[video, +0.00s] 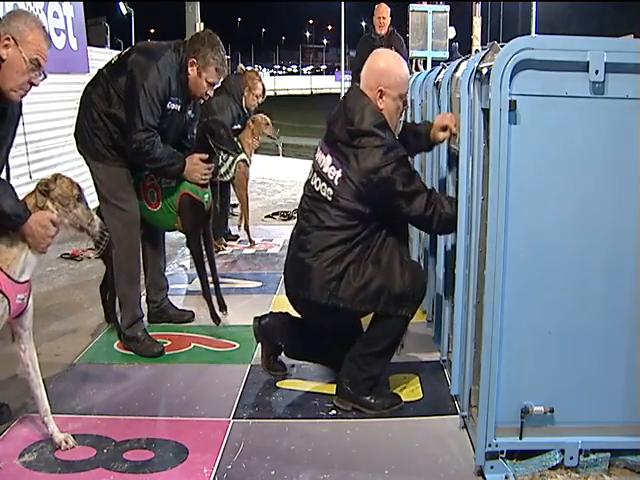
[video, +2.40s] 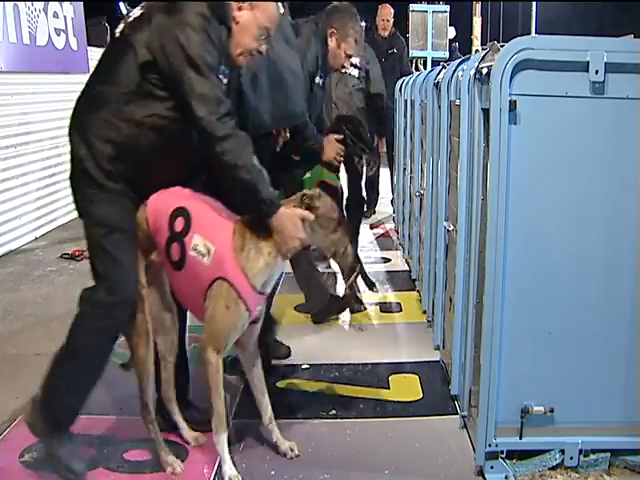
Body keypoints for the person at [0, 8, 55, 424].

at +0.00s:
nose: (38, 80)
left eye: (42, 72)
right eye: (34, 65)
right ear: (6, 47)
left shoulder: (13, 104)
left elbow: (0, 173)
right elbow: (2, 177)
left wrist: (22, 215)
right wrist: (21, 219)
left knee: (7, 312)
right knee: (4, 314)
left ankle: (1, 403)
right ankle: (0, 405)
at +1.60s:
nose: (80, 51)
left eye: (85, 41)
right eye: (75, 37)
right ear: (45, 21)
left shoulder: (50, 60)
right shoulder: (10, 49)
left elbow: (50, 142)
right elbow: (33, 141)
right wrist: (99, 207)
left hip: (20, 211)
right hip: (4, 214)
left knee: (19, 328)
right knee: (5, 338)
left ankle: (16, 434)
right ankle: (7, 449)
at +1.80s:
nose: (107, 51)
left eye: (112, 41)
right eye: (102, 38)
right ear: (71, 18)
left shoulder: (78, 57)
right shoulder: (25, 48)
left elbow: (74, 148)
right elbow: (64, 149)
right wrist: (133, 219)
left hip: (35, 214)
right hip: (3, 216)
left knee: (52, 308)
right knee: (9, 330)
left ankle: (55, 386)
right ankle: (9, 452)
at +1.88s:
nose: (122, 52)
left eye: (127, 43)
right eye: (118, 39)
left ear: (94, 18)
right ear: (86, 18)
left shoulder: (94, 58)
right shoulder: (36, 48)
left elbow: (91, 146)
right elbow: (78, 152)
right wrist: (150, 219)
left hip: (59, 204)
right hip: (9, 209)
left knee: (97, 290)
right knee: (14, 322)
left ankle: (108, 393)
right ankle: (9, 454)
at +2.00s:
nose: (150, 54)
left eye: (156, 45)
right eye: (148, 41)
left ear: (123, 21)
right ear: (117, 19)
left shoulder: (112, 54)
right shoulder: (65, 51)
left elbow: (110, 147)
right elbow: (107, 155)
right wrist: (173, 223)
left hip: (70, 202)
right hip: (17, 207)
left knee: (127, 289)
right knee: (27, 325)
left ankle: (153, 391)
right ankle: (7, 455)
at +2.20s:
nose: (210, 58)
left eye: (216, 49)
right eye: (210, 44)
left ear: (187, 21)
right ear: (183, 19)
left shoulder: (169, 53)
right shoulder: (126, 41)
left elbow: (174, 140)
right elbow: (162, 140)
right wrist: (222, 219)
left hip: (128, 191)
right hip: (68, 191)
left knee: (158, 298)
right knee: (65, 310)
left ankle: (174, 409)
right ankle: (12, 443)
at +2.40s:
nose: (262, 48)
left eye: (268, 39)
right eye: (262, 34)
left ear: (239, 12)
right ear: (238, 8)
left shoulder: (205, 32)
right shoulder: (184, 22)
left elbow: (219, 137)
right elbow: (217, 127)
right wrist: (272, 211)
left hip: (161, 178)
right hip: (108, 169)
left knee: (172, 292)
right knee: (118, 292)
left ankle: (172, 404)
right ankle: (49, 416)